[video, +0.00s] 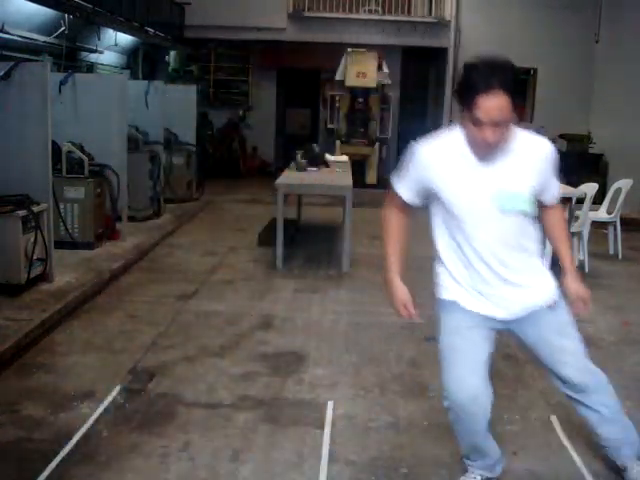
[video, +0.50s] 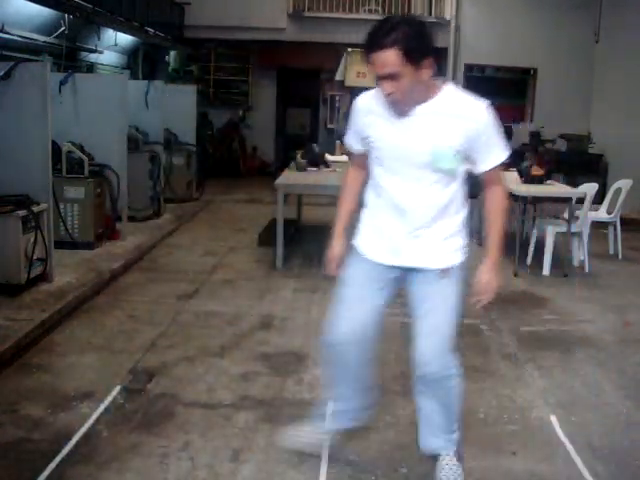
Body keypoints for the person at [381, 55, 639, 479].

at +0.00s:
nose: (490, 135)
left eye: (500, 125)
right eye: (480, 125)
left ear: (515, 113)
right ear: (462, 113)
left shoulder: (538, 152)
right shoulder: (429, 155)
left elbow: (552, 207)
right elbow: (395, 204)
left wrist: (569, 271)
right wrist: (394, 277)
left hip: (531, 292)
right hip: (463, 298)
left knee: (580, 376)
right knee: (464, 396)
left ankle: (630, 460)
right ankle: (482, 465)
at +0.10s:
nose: (498, 159)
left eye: (509, 148)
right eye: (489, 147)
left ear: (533, 136)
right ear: (478, 134)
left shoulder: (565, 174)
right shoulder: (457, 180)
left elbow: (580, 234)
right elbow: (433, 239)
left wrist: (595, 305)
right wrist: (420, 311)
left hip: (553, 307)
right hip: (484, 306)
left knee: (600, 394)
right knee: (456, 388)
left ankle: (626, 466)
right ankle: (474, 469)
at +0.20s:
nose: (482, 141)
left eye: (493, 132)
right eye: (474, 129)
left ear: (518, 120)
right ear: (465, 116)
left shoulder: (550, 156)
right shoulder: (443, 156)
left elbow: (574, 213)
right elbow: (424, 217)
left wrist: (585, 284)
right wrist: (421, 292)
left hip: (543, 295)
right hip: (475, 292)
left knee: (586, 380)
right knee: (445, 381)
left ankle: (623, 462)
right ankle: (461, 449)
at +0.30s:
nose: (454, 106)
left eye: (464, 96)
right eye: (447, 94)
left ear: (490, 84)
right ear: (437, 83)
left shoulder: (522, 126)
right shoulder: (415, 122)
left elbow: (540, 185)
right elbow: (395, 179)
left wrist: (556, 257)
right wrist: (400, 252)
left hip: (513, 275)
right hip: (444, 278)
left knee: (552, 362)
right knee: (447, 373)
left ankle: (594, 450)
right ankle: (461, 449)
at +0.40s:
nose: (418, 85)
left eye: (428, 73)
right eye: (412, 73)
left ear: (459, 64)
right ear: (404, 65)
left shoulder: (499, 108)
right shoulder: (390, 103)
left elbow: (518, 173)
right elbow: (374, 160)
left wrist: (524, 246)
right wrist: (368, 229)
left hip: (476, 258)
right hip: (409, 254)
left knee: (484, 352)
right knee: (411, 348)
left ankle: (496, 435)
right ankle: (432, 436)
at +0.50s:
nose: (383, 88)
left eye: (391, 77)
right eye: (376, 78)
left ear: (426, 67)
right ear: (370, 71)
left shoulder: (470, 114)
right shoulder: (367, 108)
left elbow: (494, 185)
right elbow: (357, 168)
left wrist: (491, 261)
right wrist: (339, 235)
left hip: (439, 257)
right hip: (374, 249)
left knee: (433, 361)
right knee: (343, 334)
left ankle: (445, 449)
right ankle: (343, 413)